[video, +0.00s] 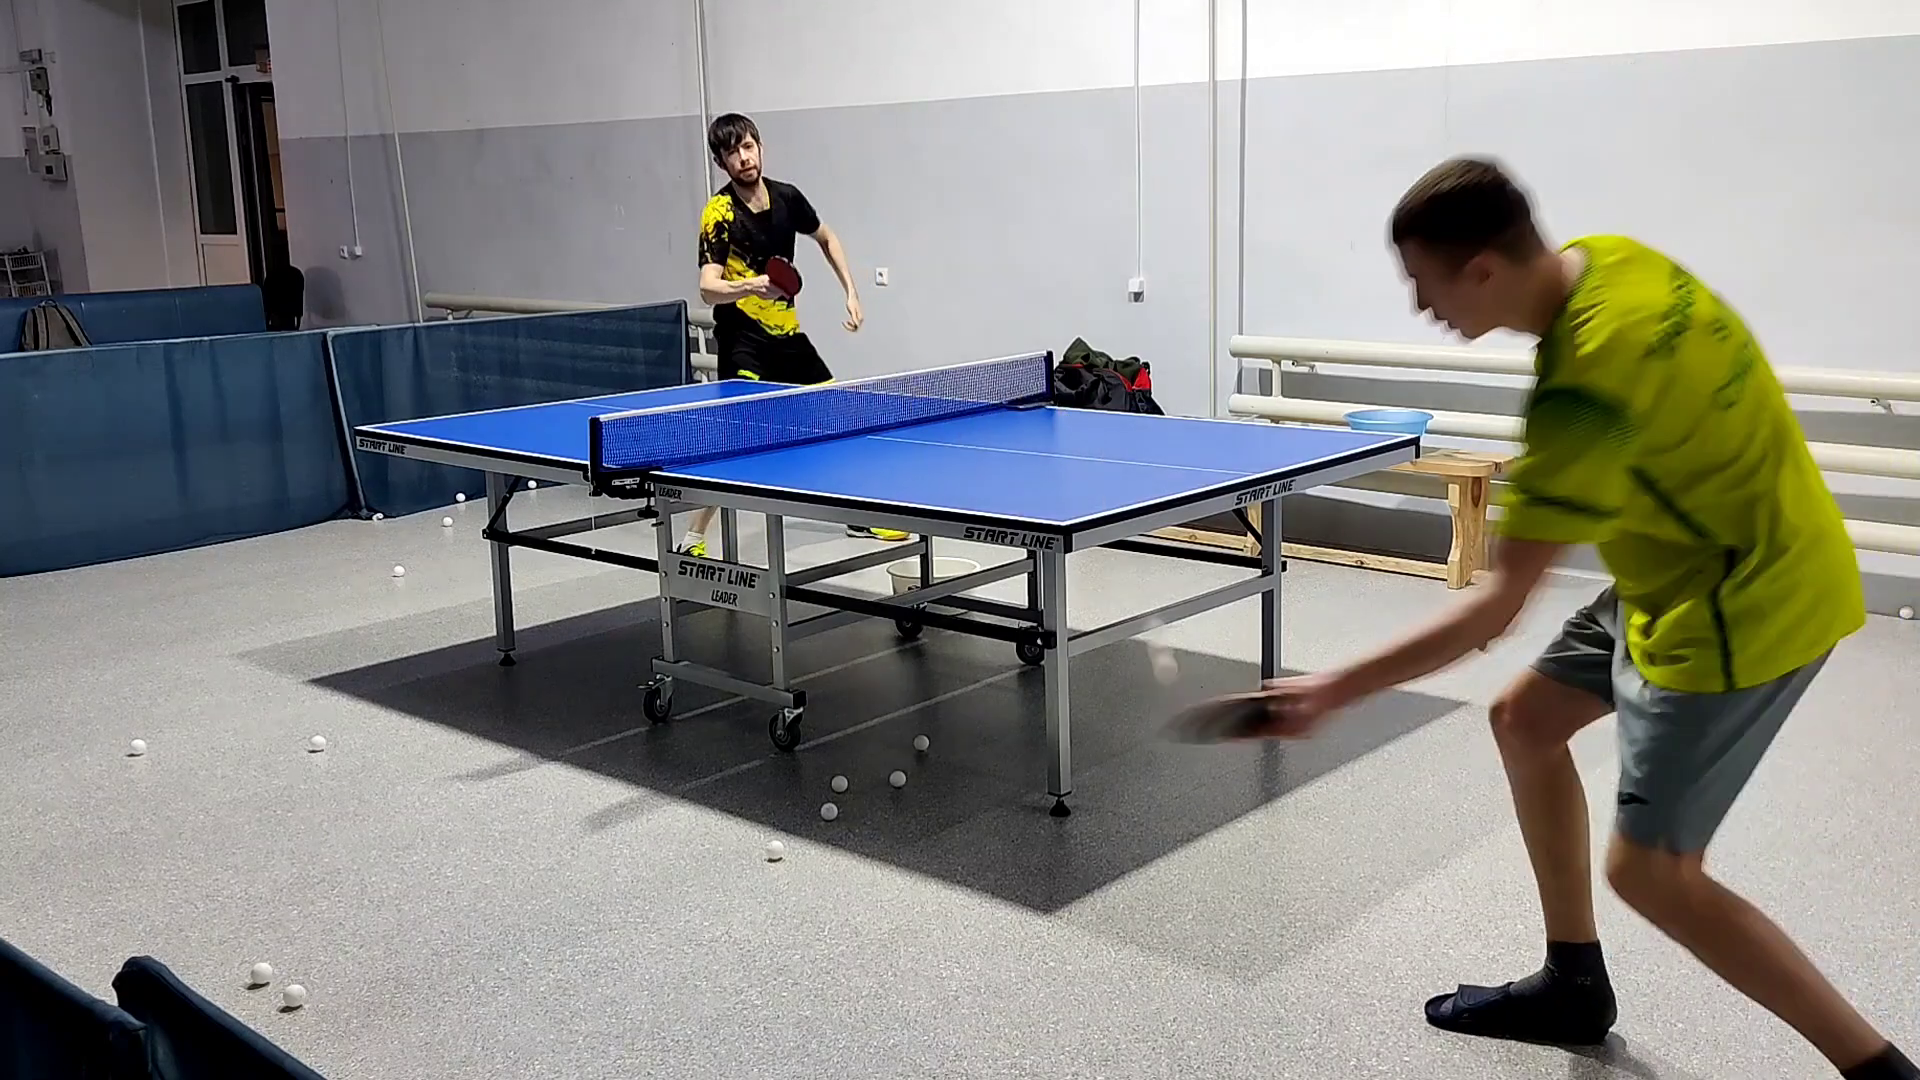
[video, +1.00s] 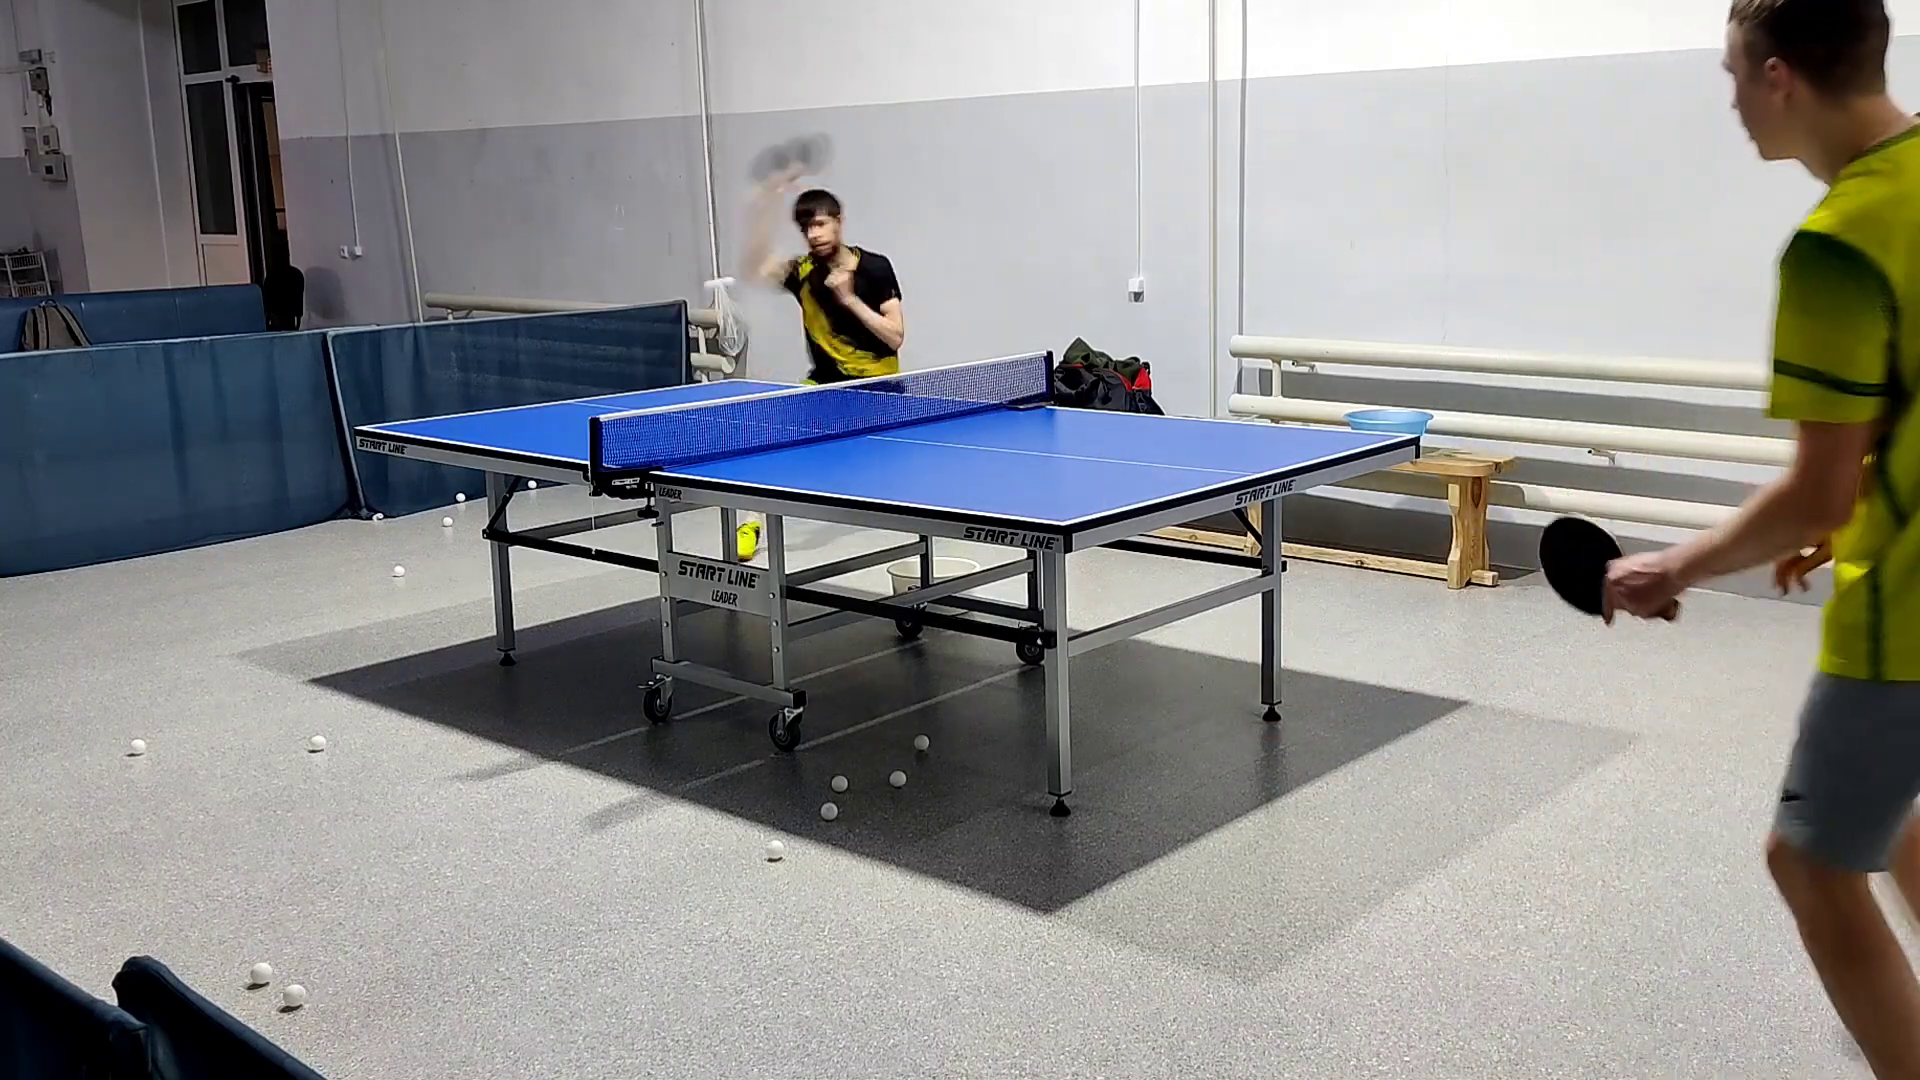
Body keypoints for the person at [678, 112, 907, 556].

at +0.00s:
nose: (744, 157)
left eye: (749, 146)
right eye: (733, 152)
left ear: (761, 147)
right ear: (721, 161)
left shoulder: (787, 197)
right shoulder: (718, 212)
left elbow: (825, 238)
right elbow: (707, 289)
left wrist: (851, 293)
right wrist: (746, 287)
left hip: (788, 333)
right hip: (742, 335)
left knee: (841, 411)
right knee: (740, 433)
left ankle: (860, 511)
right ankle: (695, 538)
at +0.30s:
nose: (737, 175)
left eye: (742, 163)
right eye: (727, 169)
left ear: (754, 162)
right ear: (715, 176)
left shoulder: (789, 208)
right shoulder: (710, 227)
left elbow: (852, 252)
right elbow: (696, 300)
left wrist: (828, 291)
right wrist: (721, 299)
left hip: (795, 344)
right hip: (744, 347)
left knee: (853, 419)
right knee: (735, 438)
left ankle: (864, 509)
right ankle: (696, 538)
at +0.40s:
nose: (730, 185)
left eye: (735, 173)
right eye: (720, 179)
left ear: (749, 170)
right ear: (711, 186)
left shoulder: (790, 210)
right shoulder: (714, 236)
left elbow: (829, 267)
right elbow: (703, 304)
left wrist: (773, 283)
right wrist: (708, 319)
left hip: (813, 343)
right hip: (759, 349)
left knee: (865, 417)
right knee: (729, 434)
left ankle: (886, 506)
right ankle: (705, 537)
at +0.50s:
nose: (723, 206)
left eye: (728, 194)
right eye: (713, 199)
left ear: (743, 189)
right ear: (706, 204)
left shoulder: (780, 223)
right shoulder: (719, 256)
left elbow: (788, 281)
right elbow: (714, 322)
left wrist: (717, 284)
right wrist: (712, 360)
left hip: (832, 338)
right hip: (784, 344)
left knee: (877, 410)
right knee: (754, 410)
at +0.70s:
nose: (725, 267)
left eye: (731, 255)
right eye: (718, 259)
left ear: (750, 249)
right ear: (714, 262)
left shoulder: (779, 275)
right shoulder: (751, 300)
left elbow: (755, 331)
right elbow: (760, 362)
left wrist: (699, 326)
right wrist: (757, 408)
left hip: (868, 370)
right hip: (821, 373)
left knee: (897, 457)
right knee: (760, 426)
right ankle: (759, 529)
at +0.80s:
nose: (742, 267)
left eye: (749, 257)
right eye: (736, 261)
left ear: (771, 253)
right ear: (731, 265)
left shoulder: (801, 282)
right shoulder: (768, 306)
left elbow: (826, 345)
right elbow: (788, 362)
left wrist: (754, 347)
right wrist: (769, 408)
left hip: (878, 373)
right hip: (831, 378)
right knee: (776, 433)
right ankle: (759, 528)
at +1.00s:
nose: (813, 233)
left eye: (820, 224)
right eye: (807, 227)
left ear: (840, 223)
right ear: (802, 232)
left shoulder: (874, 268)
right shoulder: (800, 271)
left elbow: (895, 339)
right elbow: (752, 273)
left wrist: (849, 298)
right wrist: (769, 203)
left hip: (877, 385)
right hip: (823, 384)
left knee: (896, 465)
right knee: (766, 430)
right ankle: (752, 522)